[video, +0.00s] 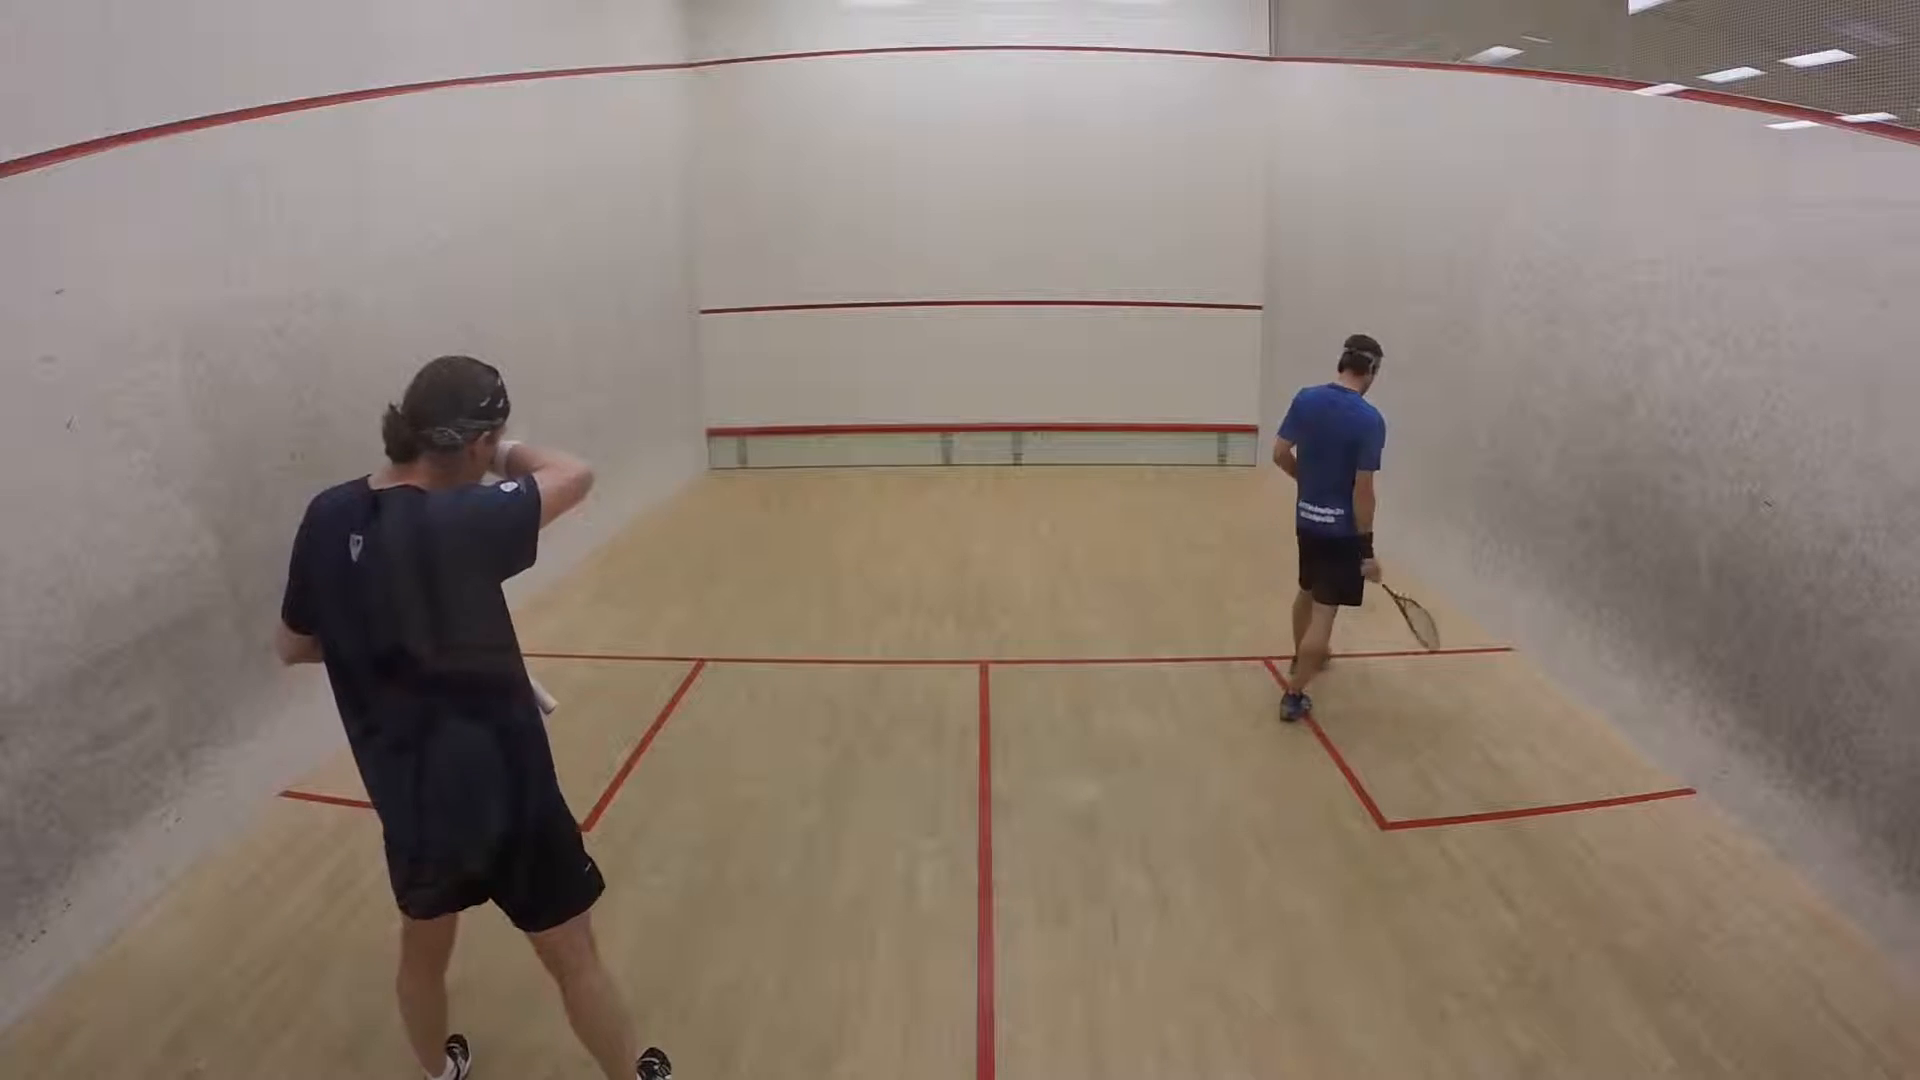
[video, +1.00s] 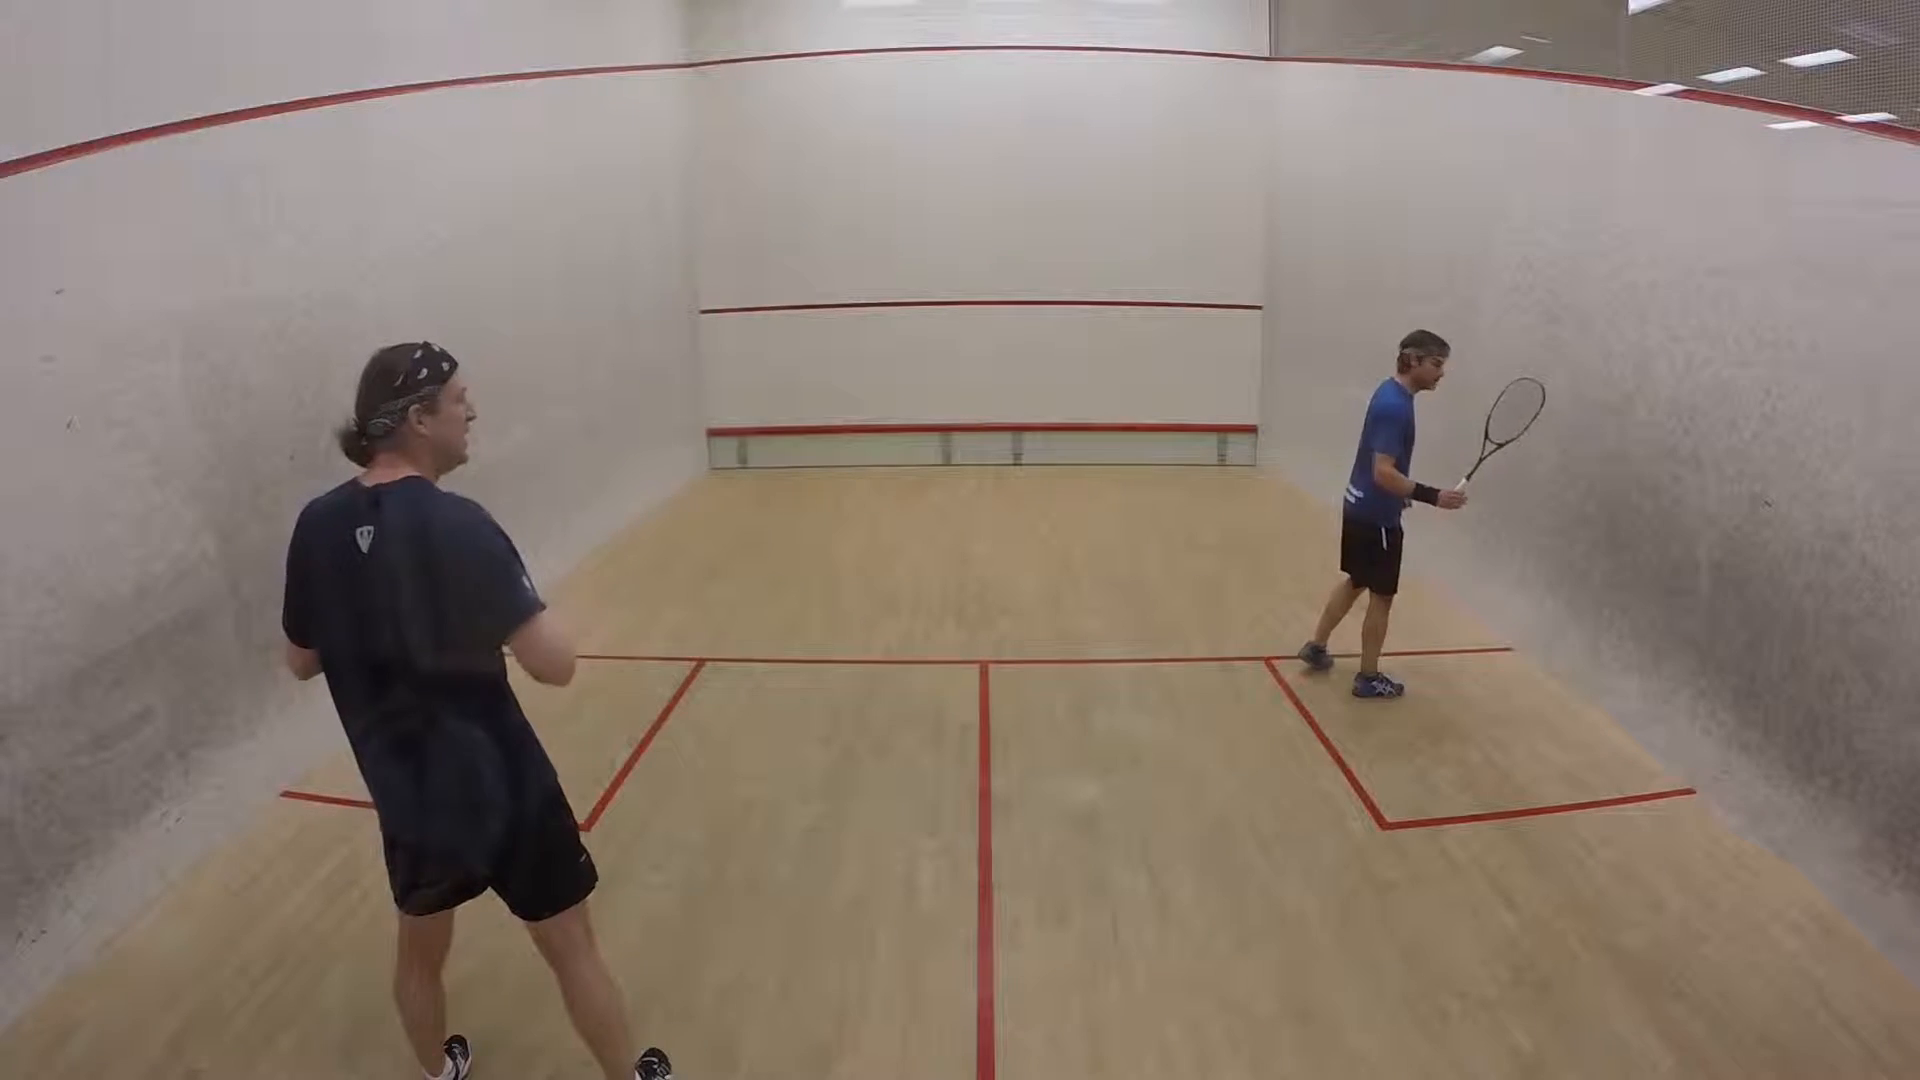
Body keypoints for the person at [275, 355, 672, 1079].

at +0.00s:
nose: (499, 446)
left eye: (498, 435)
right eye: (494, 437)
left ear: (406, 431)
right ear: (474, 444)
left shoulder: (331, 517)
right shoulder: (472, 521)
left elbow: (294, 644)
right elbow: (572, 476)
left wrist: (380, 625)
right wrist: (502, 451)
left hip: (412, 801)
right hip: (509, 792)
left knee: (423, 952)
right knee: (572, 958)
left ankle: (435, 1070)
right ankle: (632, 1072)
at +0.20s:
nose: (491, 445)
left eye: (489, 431)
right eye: (485, 433)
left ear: (396, 434)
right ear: (451, 437)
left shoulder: (323, 515)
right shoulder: (453, 525)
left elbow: (291, 638)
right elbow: (562, 490)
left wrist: (369, 609)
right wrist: (489, 448)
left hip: (399, 799)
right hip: (495, 787)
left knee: (415, 956)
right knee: (566, 959)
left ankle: (433, 1071)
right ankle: (629, 1071)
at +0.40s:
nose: (479, 443)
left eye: (478, 428)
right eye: (473, 429)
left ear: (386, 431)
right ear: (438, 432)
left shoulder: (317, 517)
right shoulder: (450, 519)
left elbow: (288, 644)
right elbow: (564, 489)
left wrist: (373, 619)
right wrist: (482, 447)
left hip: (397, 800)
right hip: (491, 789)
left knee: (414, 955)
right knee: (564, 955)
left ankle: (433, 1070)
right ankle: (629, 1073)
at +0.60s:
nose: (474, 441)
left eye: (472, 426)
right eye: (468, 427)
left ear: (382, 431)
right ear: (437, 430)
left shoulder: (315, 521)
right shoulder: (452, 519)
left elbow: (288, 650)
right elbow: (575, 497)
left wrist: (375, 617)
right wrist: (486, 454)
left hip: (402, 800)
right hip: (497, 788)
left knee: (417, 954)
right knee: (567, 955)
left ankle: (434, 1070)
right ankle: (630, 1072)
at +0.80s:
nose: (474, 426)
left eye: (470, 409)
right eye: (463, 411)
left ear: (388, 424)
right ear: (422, 422)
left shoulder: (315, 523)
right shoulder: (450, 526)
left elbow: (296, 658)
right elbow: (583, 598)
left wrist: (392, 616)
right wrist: (522, 567)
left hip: (402, 797)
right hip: (495, 783)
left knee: (419, 952)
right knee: (569, 950)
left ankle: (434, 1070)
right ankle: (632, 1071)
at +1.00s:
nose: (472, 416)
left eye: (467, 400)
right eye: (459, 404)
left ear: (390, 424)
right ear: (414, 421)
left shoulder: (319, 525)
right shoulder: (459, 525)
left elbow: (301, 658)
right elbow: (554, 665)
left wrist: (366, 603)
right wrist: (526, 611)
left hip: (407, 794)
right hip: (502, 782)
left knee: (420, 953)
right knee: (571, 948)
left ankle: (435, 1070)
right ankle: (631, 1071)